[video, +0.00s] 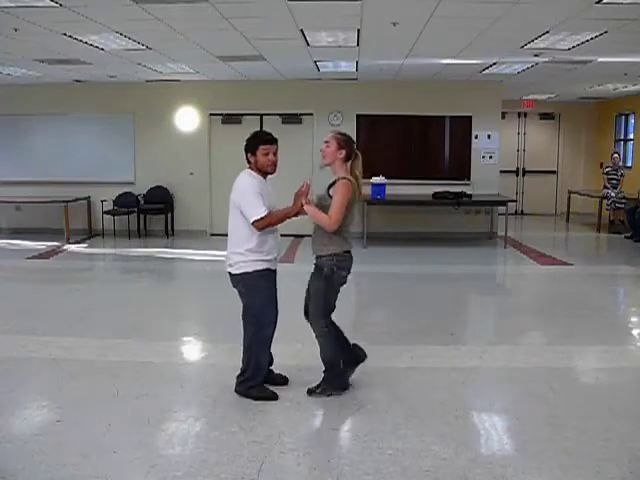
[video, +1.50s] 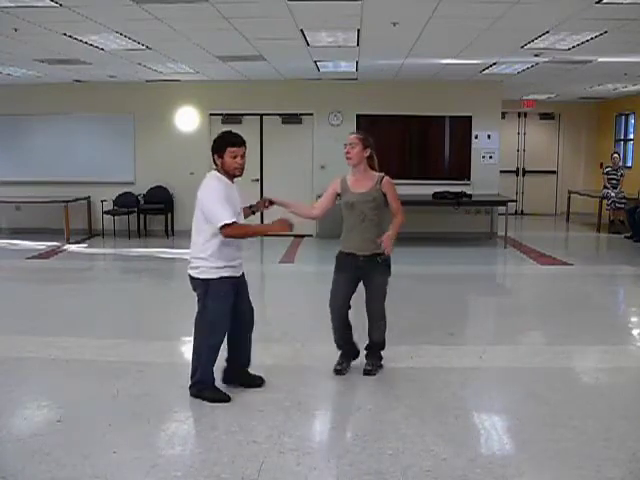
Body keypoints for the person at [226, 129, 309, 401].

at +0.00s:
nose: (273, 159)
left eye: (275, 154)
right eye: (266, 154)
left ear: (276, 155)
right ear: (251, 157)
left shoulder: (260, 182)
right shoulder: (248, 183)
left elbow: (265, 218)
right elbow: (260, 222)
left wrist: (294, 207)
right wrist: (294, 210)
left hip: (262, 265)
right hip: (250, 266)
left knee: (266, 320)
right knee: (259, 322)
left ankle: (261, 370)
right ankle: (249, 382)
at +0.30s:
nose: (253, 158)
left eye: (256, 154)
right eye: (247, 154)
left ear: (258, 156)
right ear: (232, 157)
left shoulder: (252, 185)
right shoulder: (226, 184)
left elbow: (264, 216)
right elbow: (233, 227)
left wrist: (281, 193)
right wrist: (274, 241)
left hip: (251, 266)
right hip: (228, 268)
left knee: (256, 320)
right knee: (230, 324)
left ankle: (259, 370)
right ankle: (213, 379)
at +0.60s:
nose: (227, 162)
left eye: (230, 156)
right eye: (220, 157)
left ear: (233, 157)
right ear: (206, 159)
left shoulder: (233, 188)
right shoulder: (194, 189)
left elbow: (240, 220)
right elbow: (182, 231)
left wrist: (267, 216)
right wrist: (216, 261)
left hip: (230, 271)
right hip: (203, 273)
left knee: (241, 322)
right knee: (203, 330)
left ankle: (254, 369)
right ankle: (203, 379)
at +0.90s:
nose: (216, 162)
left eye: (219, 156)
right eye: (209, 157)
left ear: (224, 156)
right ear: (196, 160)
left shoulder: (232, 188)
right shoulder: (179, 189)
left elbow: (258, 216)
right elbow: (154, 220)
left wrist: (292, 212)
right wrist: (151, 252)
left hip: (222, 271)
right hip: (191, 272)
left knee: (221, 323)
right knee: (198, 327)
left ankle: (215, 370)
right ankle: (201, 380)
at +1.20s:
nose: (227, 163)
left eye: (230, 157)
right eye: (220, 158)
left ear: (233, 158)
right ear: (205, 160)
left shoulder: (232, 190)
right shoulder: (190, 189)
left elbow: (249, 220)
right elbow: (170, 229)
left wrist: (282, 222)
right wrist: (184, 253)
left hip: (224, 273)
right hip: (198, 274)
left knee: (218, 327)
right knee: (205, 330)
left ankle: (212, 371)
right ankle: (202, 384)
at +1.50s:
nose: (240, 162)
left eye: (243, 156)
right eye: (234, 157)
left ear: (244, 157)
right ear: (218, 158)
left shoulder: (229, 185)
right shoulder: (213, 186)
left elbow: (233, 215)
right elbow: (227, 229)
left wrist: (255, 208)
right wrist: (269, 229)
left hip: (232, 271)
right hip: (211, 273)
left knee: (243, 320)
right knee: (211, 330)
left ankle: (237, 372)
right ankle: (201, 384)